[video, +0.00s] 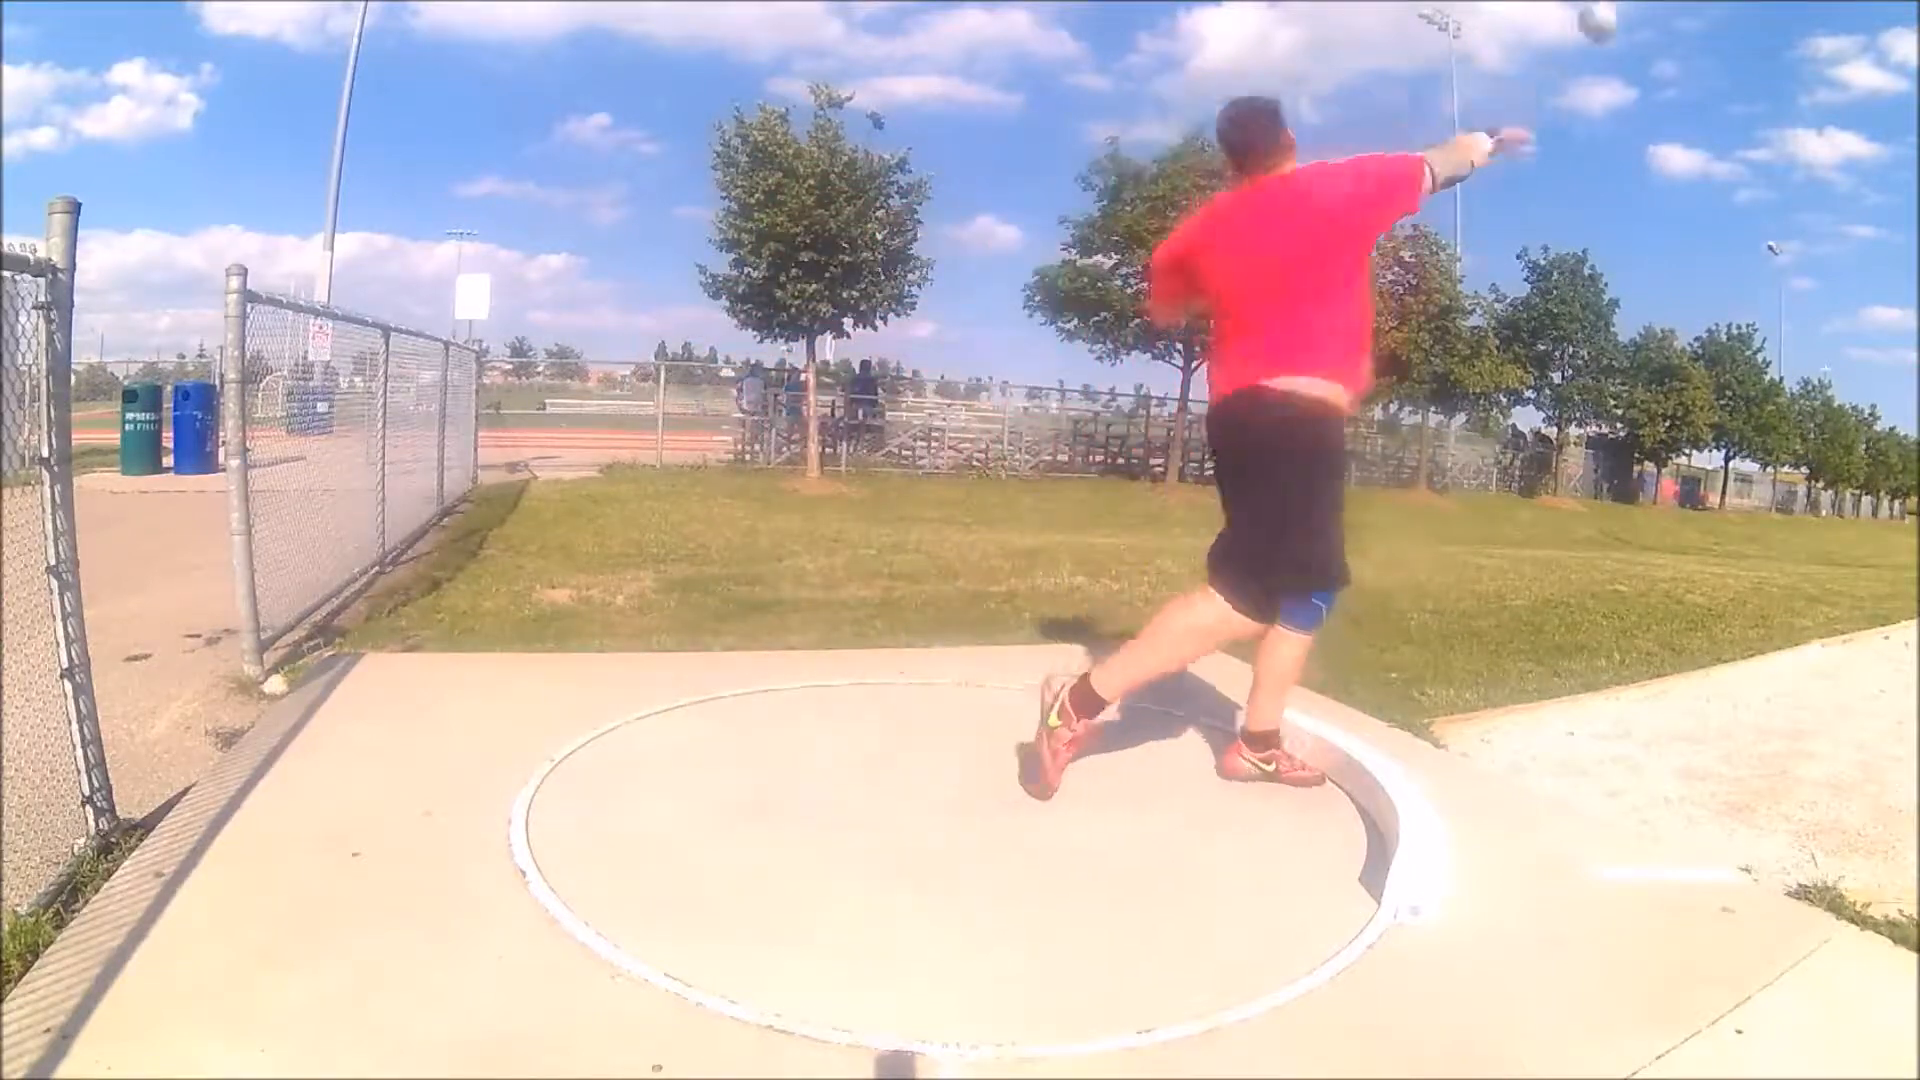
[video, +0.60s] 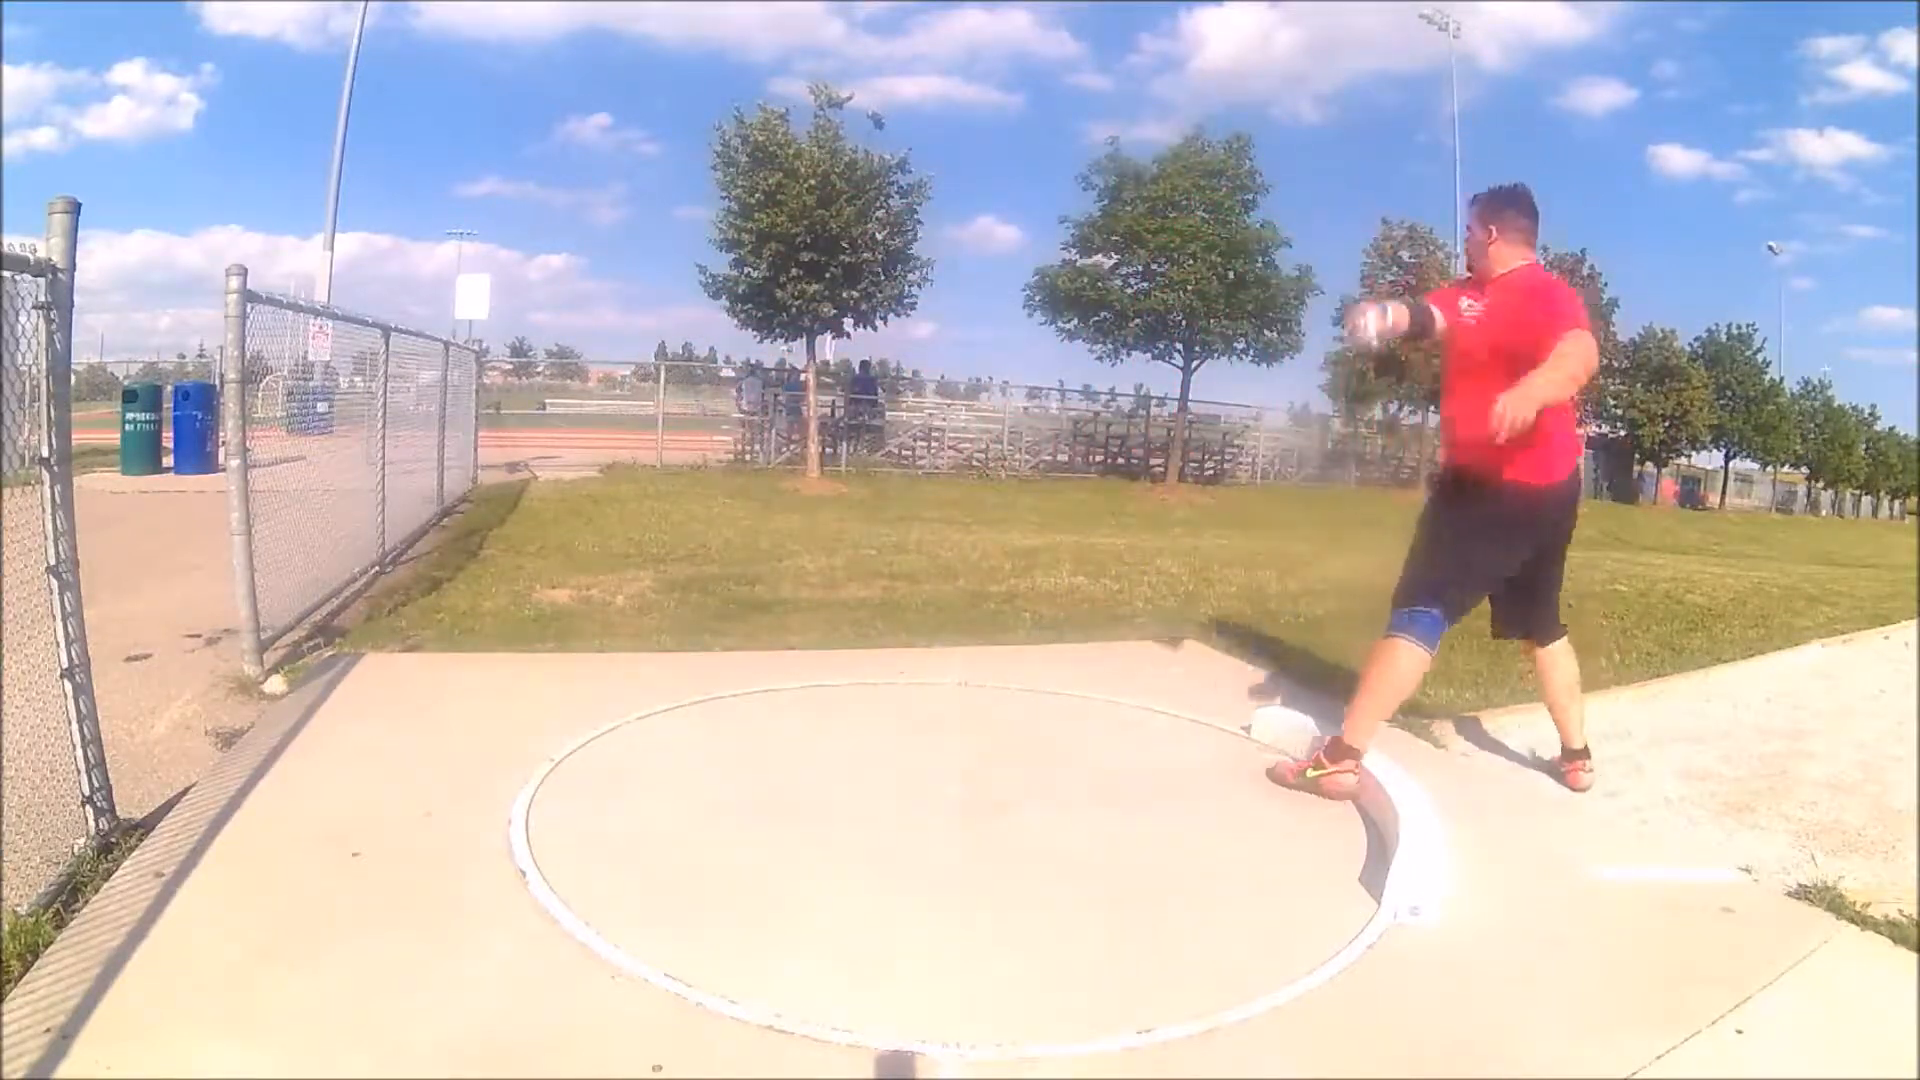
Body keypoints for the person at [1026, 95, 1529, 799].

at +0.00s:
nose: (1290, 154)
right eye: (1292, 143)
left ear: (1229, 159)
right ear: (1290, 144)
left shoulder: (1206, 225)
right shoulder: (1337, 187)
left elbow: (1162, 307)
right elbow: (1443, 162)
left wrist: (1225, 286)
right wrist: (1484, 142)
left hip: (1240, 418)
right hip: (1306, 420)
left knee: (1309, 585)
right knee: (1248, 595)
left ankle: (1259, 741)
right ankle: (1081, 699)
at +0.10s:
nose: (1308, 158)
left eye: (1293, 150)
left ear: (1284, 157)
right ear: (1343, 153)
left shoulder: (1251, 217)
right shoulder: (1385, 202)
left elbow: (1156, 283)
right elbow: (1427, 223)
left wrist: (1217, 262)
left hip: (1270, 412)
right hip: (1364, 408)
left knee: (1297, 580)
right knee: (1357, 595)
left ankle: (1284, 751)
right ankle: (1225, 696)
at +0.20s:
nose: (1313, 176)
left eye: (1312, 167)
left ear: (1316, 168)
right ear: (1376, 171)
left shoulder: (1302, 227)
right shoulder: (1397, 230)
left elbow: (1211, 271)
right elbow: (1359, 311)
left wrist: (1164, 251)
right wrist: (1276, 328)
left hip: (1327, 436)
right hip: (1424, 422)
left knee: (1325, 601)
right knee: (1435, 581)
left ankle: (1314, 766)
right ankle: (1414, 687)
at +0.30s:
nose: (1334, 191)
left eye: (1338, 180)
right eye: (1339, 181)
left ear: (1350, 178)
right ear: (1402, 183)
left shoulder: (1368, 230)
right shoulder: (1399, 240)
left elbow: (1308, 271)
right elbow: (1307, 308)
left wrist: (1212, 255)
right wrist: (1244, 344)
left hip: (1375, 450)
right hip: (1464, 435)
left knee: (1351, 609)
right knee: (1497, 582)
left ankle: (1330, 767)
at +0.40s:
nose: (1368, 208)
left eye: (1373, 196)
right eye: (1371, 198)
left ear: (1390, 195)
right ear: (1431, 197)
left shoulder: (1435, 246)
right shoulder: (1386, 267)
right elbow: (1317, 304)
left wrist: (1289, 276)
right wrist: (1250, 330)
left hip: (1411, 462)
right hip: (1493, 450)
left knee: (1374, 616)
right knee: (1541, 590)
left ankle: (1332, 769)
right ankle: (1640, 712)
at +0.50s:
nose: (1413, 223)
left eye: (1419, 212)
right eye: (1417, 213)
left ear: (1440, 211)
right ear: (1475, 214)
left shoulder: (1489, 260)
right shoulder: (1412, 280)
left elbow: (1518, 308)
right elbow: (1355, 307)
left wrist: (1415, 323)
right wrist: (1306, 312)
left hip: (1447, 472)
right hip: (1522, 468)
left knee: (1401, 614)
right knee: (1555, 605)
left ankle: (1337, 766)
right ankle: (1604, 740)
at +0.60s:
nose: (1465, 243)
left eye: (1470, 233)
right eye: (1467, 234)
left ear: (1490, 232)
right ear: (1524, 234)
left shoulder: (1550, 293)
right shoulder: (1465, 294)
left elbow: (1579, 353)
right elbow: (1423, 316)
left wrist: (1533, 391)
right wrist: (1386, 318)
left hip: (1486, 485)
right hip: (1550, 491)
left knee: (1419, 614)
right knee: (1542, 621)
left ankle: (1342, 757)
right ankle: (1577, 756)